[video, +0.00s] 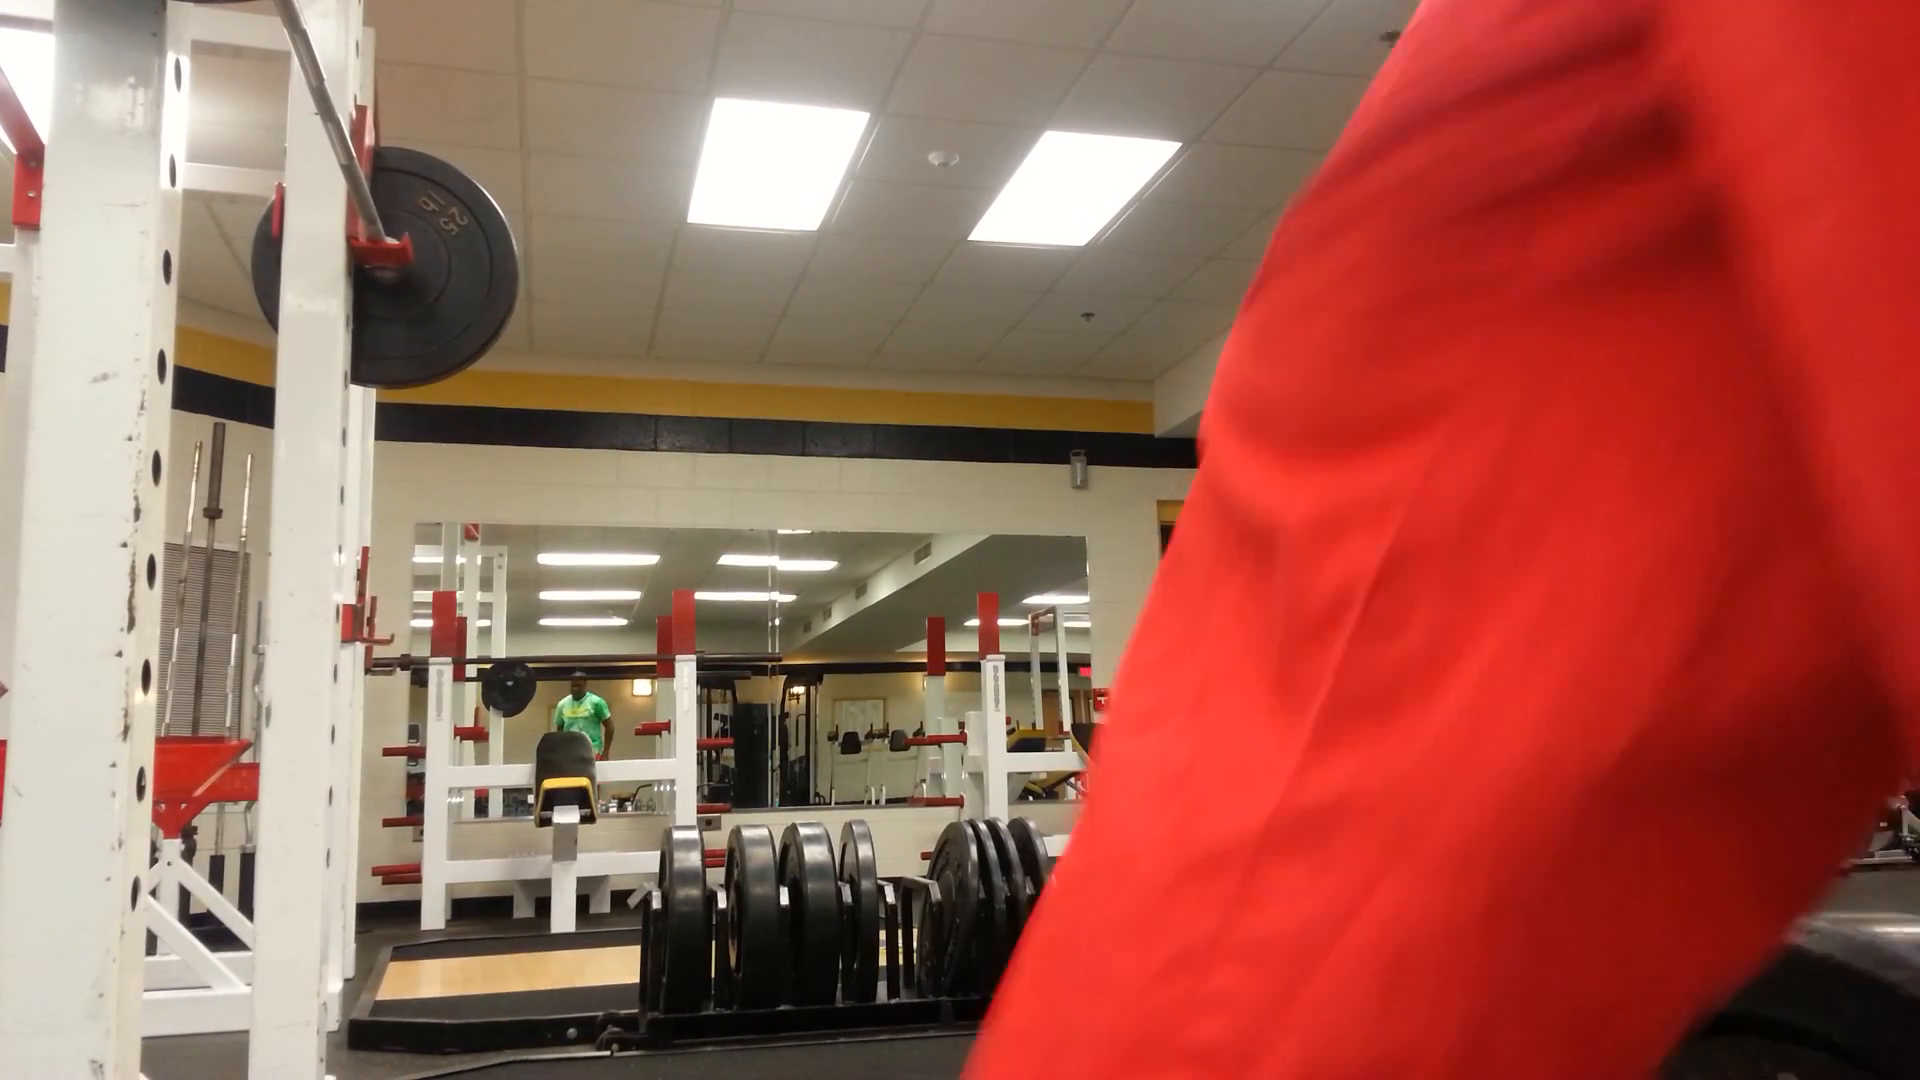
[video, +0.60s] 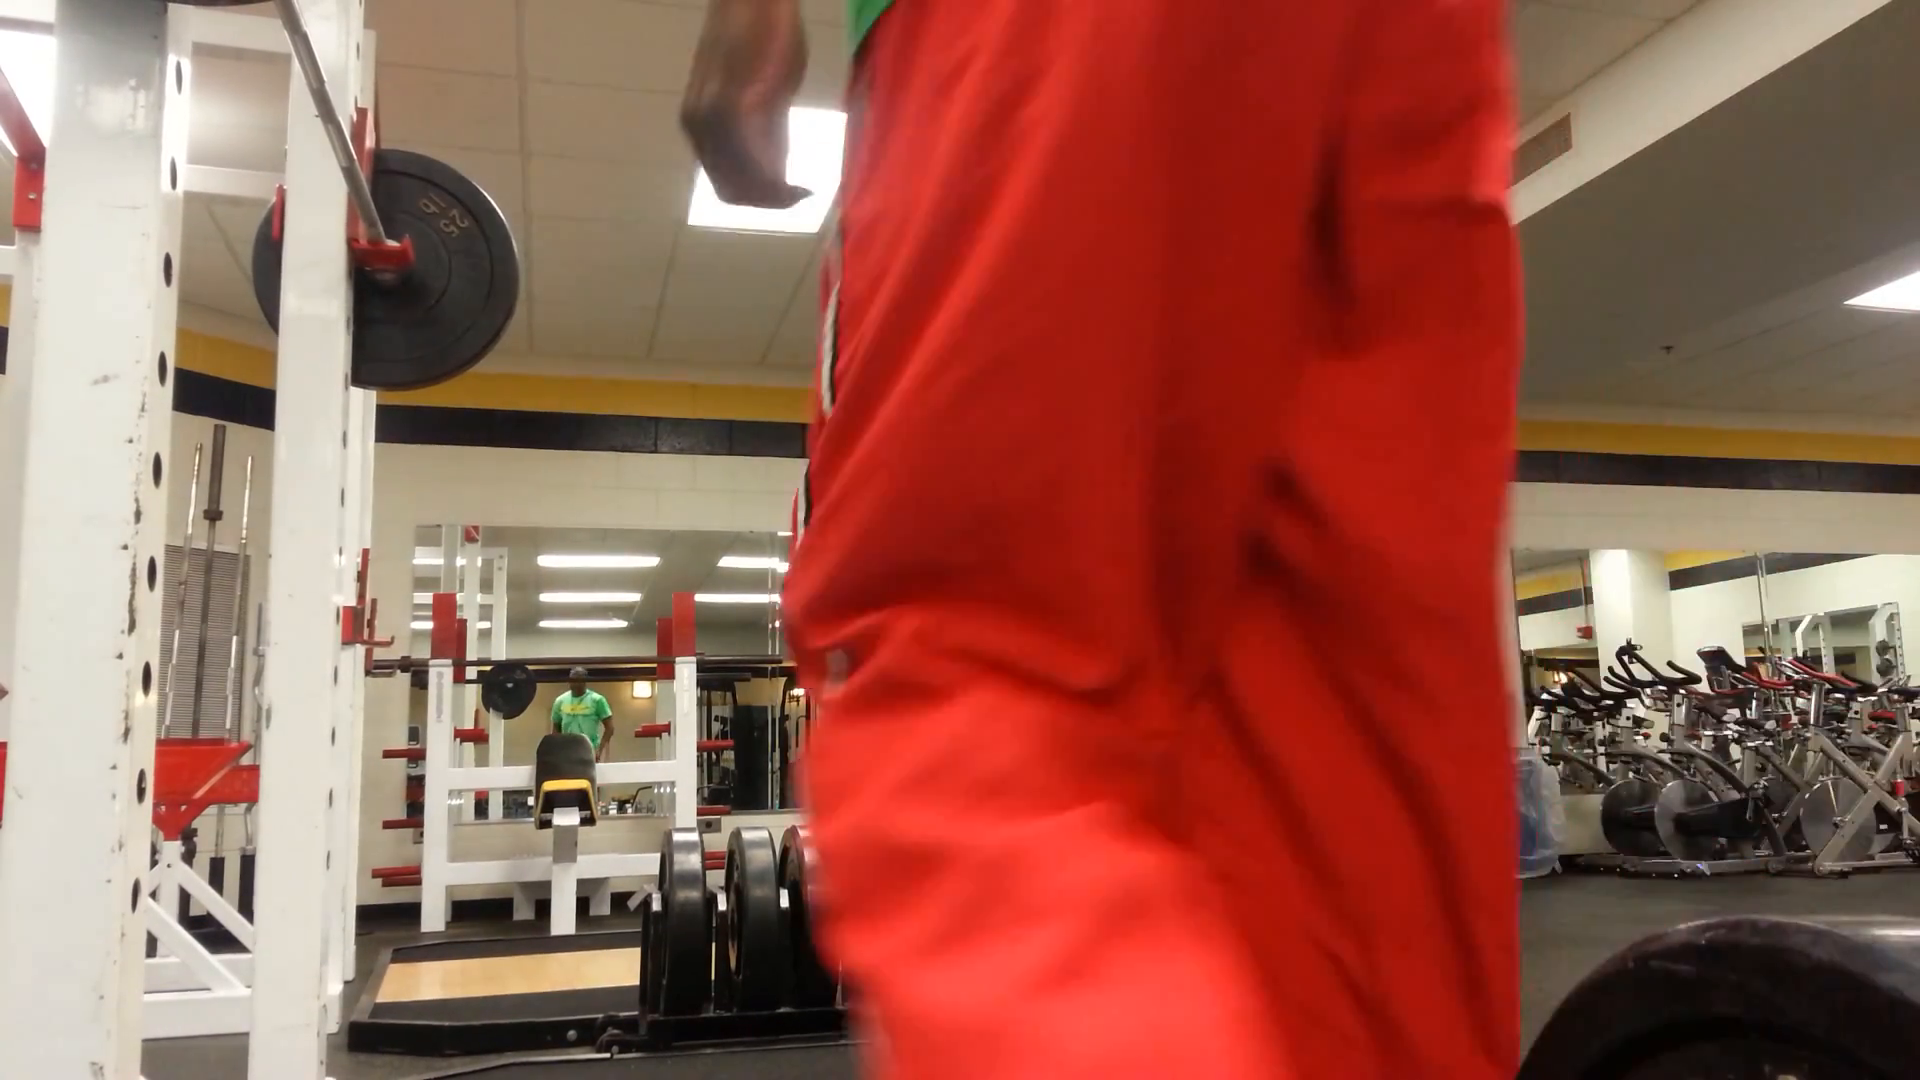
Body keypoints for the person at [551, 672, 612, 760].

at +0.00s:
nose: (574, 689)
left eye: (578, 685)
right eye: (572, 685)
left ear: (585, 685)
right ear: (570, 686)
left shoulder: (597, 702)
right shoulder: (562, 704)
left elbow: (609, 727)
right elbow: (559, 731)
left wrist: (605, 754)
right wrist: (560, 752)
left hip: (592, 753)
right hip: (570, 753)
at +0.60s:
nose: (575, 685)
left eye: (579, 682)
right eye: (572, 682)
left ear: (585, 682)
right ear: (569, 682)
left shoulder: (598, 701)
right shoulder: (560, 701)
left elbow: (610, 728)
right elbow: (556, 730)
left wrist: (599, 751)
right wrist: (557, 751)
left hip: (590, 751)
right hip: (567, 751)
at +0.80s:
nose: (574, 684)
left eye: (578, 681)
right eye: (572, 681)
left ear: (584, 681)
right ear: (569, 681)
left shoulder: (597, 700)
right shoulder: (560, 700)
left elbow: (607, 726)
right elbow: (555, 727)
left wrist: (588, 737)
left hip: (589, 751)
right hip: (566, 751)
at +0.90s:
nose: (572, 684)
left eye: (575, 681)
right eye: (570, 681)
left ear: (582, 681)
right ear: (567, 681)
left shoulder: (596, 700)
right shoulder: (559, 700)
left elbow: (605, 728)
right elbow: (555, 725)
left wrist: (582, 726)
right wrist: (550, 746)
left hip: (588, 752)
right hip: (565, 752)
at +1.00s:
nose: (571, 685)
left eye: (574, 681)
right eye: (568, 681)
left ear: (581, 681)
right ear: (566, 681)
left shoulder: (594, 700)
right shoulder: (558, 701)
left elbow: (601, 729)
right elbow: (554, 728)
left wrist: (579, 720)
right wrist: (552, 749)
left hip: (587, 751)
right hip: (563, 751)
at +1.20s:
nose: (570, 683)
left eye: (574, 680)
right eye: (568, 679)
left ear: (581, 679)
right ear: (565, 679)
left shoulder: (594, 697)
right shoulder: (556, 698)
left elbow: (601, 726)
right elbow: (549, 726)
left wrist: (579, 716)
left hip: (584, 749)